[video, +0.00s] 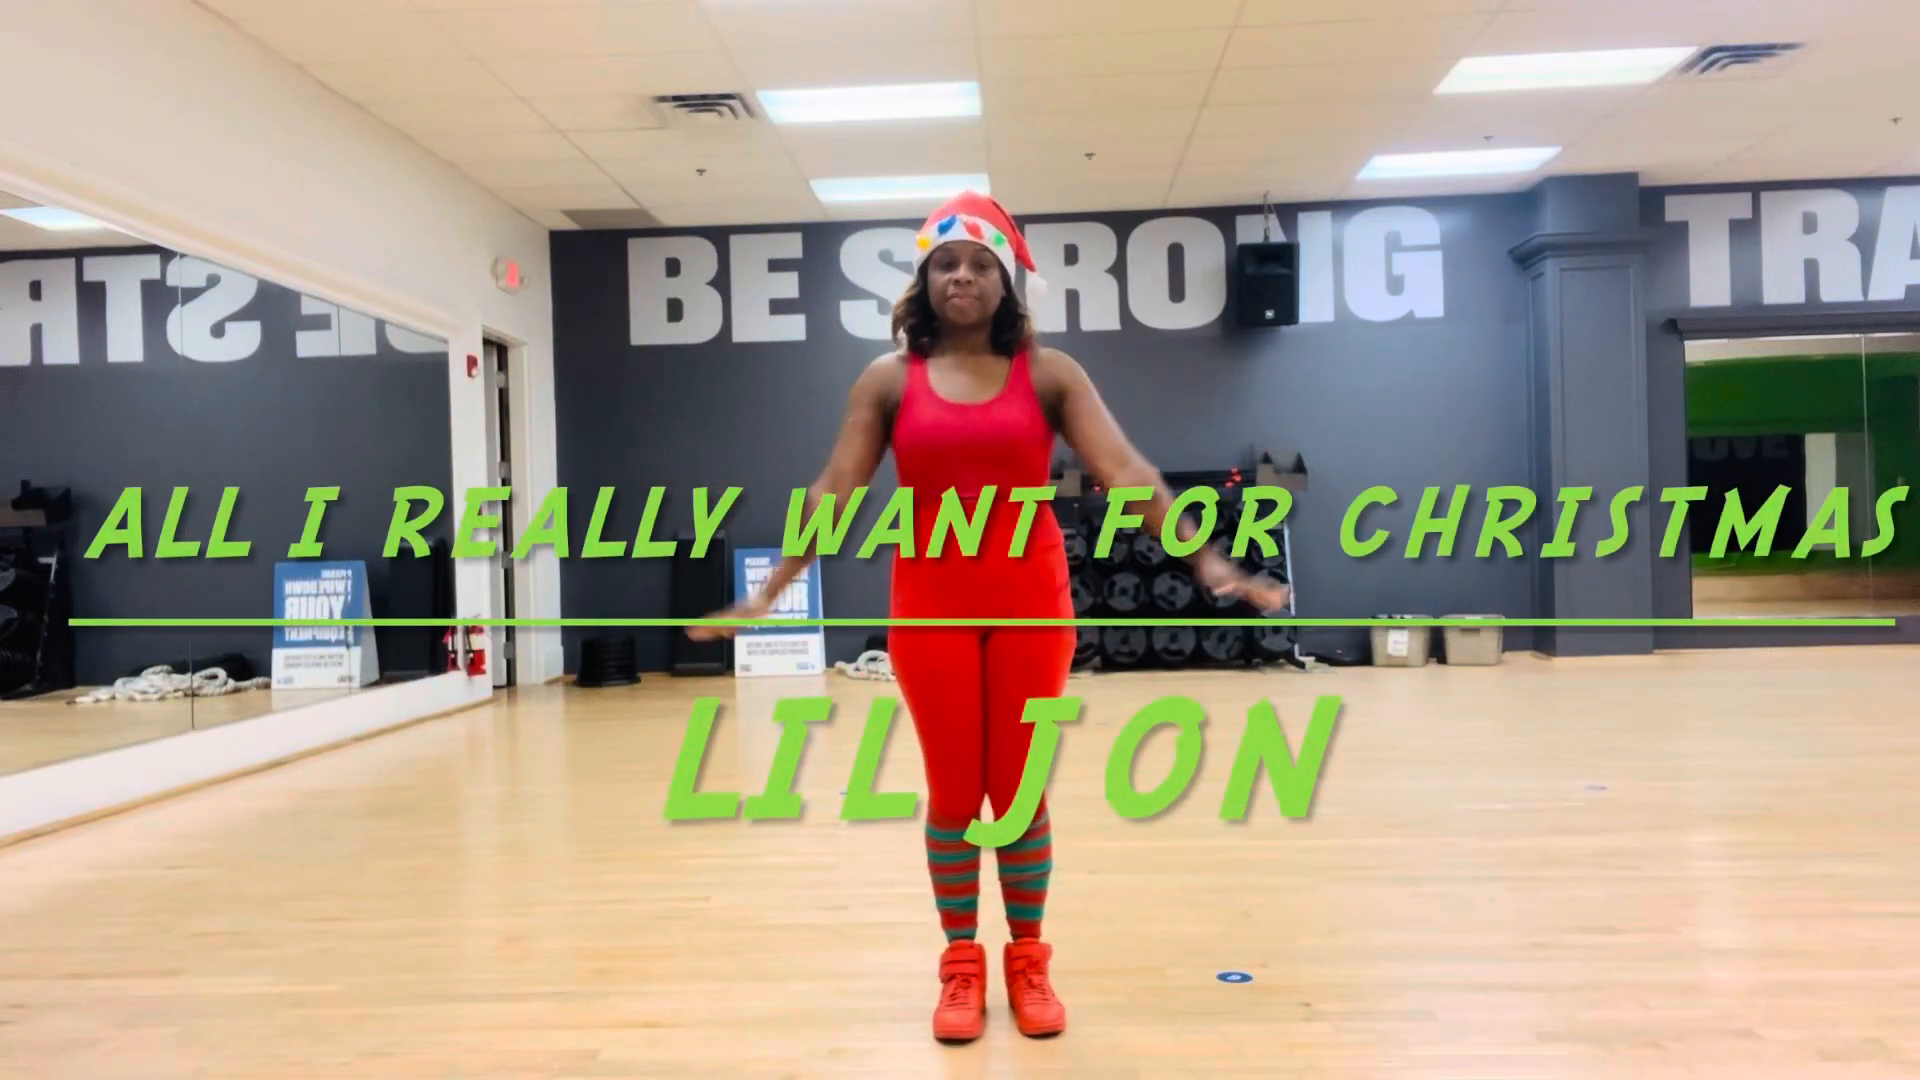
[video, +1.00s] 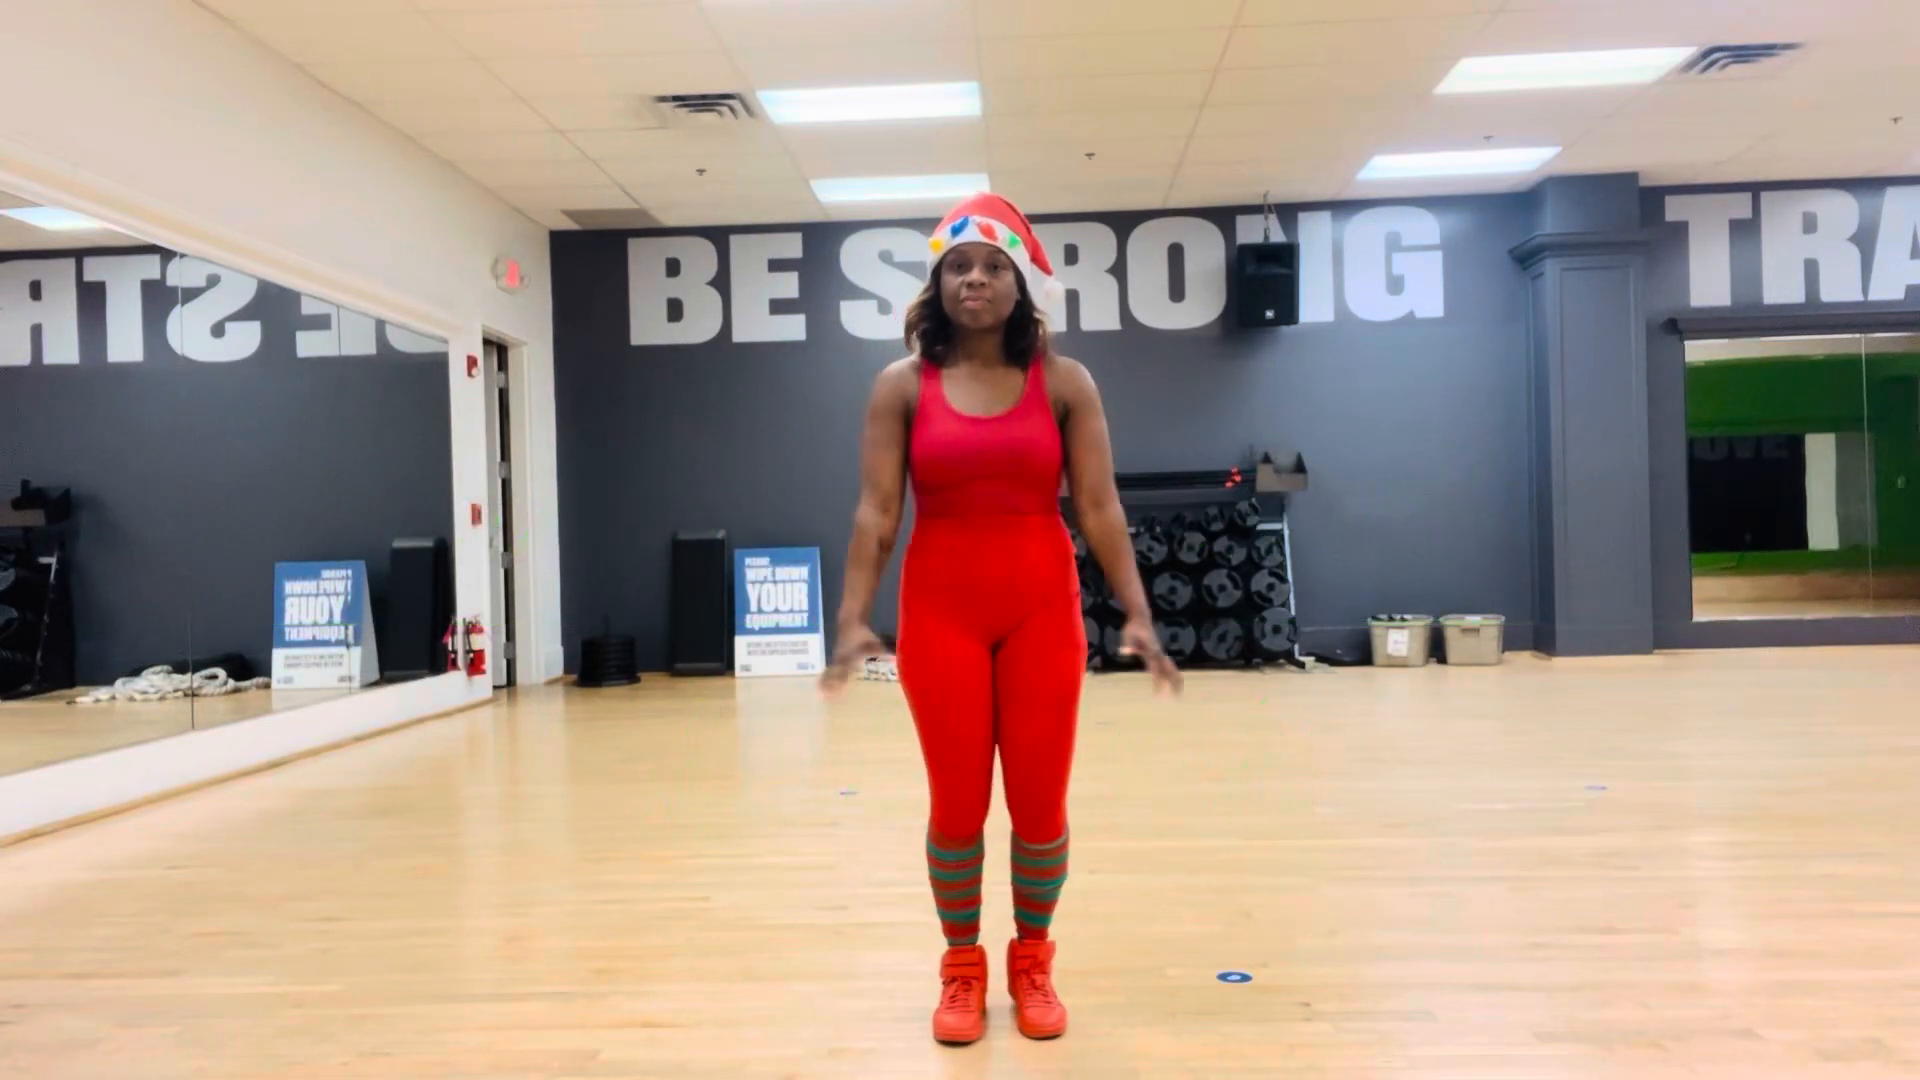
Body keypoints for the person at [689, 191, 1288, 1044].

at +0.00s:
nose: (961, 278)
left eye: (978, 265)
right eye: (946, 265)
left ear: (1006, 281)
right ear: (925, 282)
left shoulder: (1048, 371)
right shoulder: (890, 379)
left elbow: (1124, 469)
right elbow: (833, 493)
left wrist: (1210, 561)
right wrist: (774, 585)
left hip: (1029, 600)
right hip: (930, 604)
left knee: (1021, 787)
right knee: (954, 790)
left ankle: (1028, 964)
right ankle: (960, 968)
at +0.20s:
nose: (965, 277)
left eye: (984, 263)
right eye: (949, 263)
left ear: (1010, 280)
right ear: (930, 277)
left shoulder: (1050, 364)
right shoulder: (895, 370)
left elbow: (1059, 461)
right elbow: (892, 466)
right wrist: (936, 516)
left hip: (1032, 589)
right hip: (935, 593)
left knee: (1024, 784)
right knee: (954, 787)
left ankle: (1029, 968)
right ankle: (962, 971)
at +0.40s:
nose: (968, 276)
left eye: (985, 261)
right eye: (950, 262)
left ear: (1013, 275)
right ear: (930, 278)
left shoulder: (1049, 357)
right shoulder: (895, 357)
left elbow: (1035, 432)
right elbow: (914, 456)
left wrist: (916, 367)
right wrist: (1001, 401)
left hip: (1033, 589)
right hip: (936, 590)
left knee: (1023, 783)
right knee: (955, 783)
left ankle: (1030, 966)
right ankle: (960, 969)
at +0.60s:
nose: (967, 278)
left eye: (985, 264)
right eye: (951, 264)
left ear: (1013, 279)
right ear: (932, 278)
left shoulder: (1053, 363)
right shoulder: (897, 368)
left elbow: (1063, 449)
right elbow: (903, 463)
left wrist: (950, 417)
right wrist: (1005, 429)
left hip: (1036, 593)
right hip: (937, 595)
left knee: (1024, 784)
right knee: (955, 786)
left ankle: (1030, 966)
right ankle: (961, 970)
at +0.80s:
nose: (970, 277)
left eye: (988, 263)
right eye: (954, 263)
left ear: (1016, 278)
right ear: (934, 277)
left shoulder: (1060, 369)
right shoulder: (900, 372)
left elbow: (1076, 472)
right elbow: (903, 479)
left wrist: (1044, 546)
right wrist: (935, 569)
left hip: (1039, 601)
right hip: (938, 602)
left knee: (1029, 794)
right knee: (957, 794)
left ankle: (1031, 966)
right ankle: (962, 970)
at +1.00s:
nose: (974, 280)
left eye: (992, 266)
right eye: (959, 266)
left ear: (1020, 283)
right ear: (938, 283)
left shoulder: (1065, 381)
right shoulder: (903, 385)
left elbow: (1100, 504)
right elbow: (877, 508)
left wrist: (1137, 611)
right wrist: (850, 616)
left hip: (1044, 607)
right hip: (939, 609)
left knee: (1039, 799)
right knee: (958, 798)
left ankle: (1033, 965)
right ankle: (962, 971)